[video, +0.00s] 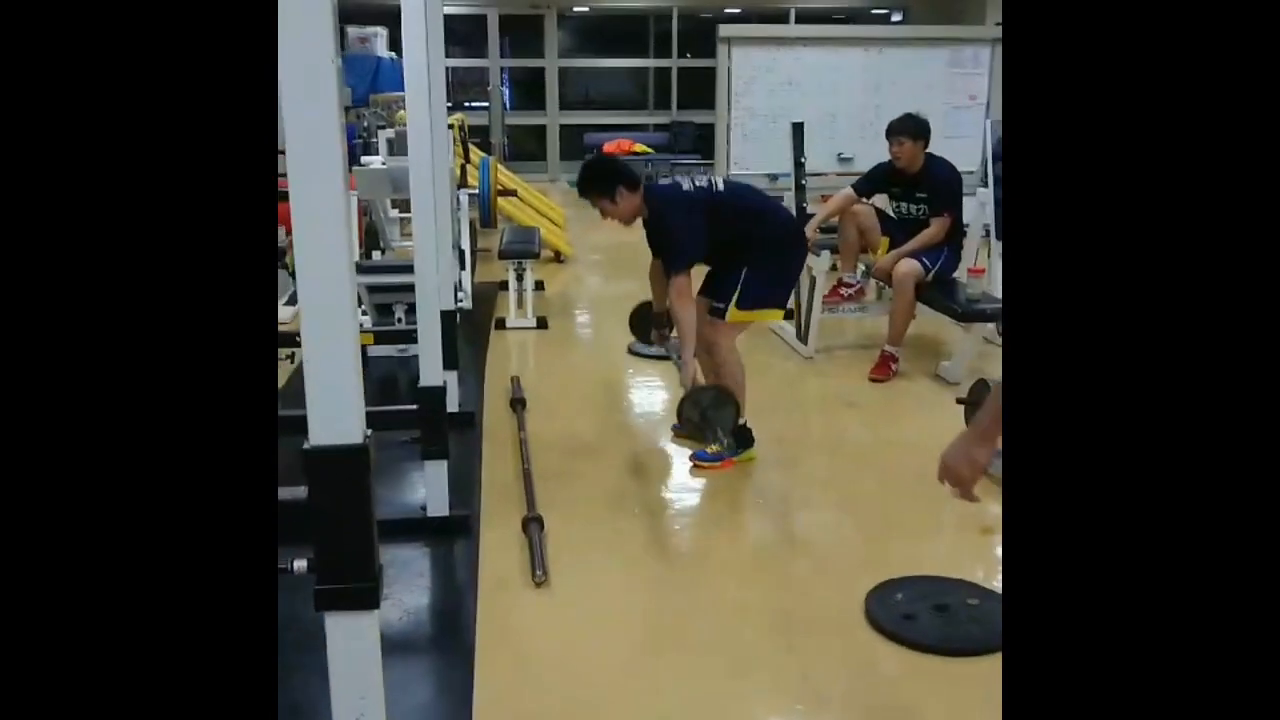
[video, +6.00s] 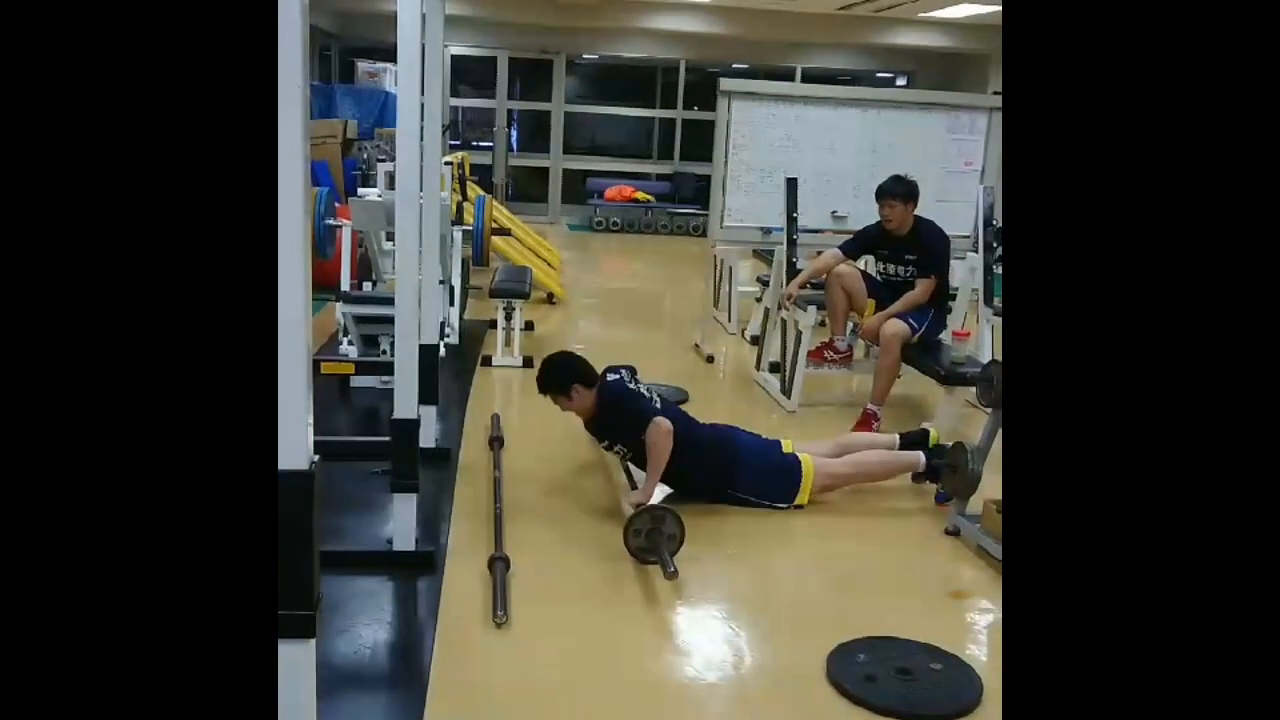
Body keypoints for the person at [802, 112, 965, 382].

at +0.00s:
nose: (894, 150)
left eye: (901, 143)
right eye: (891, 143)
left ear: (922, 144)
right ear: (888, 144)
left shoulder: (943, 174)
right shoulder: (887, 170)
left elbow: (938, 231)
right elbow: (848, 196)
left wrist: (893, 256)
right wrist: (812, 224)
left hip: (941, 246)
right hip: (902, 236)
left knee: (904, 271)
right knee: (852, 212)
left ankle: (890, 353)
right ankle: (849, 283)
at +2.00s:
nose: (907, 175)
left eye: (915, 169)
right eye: (904, 169)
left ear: (934, 170)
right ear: (901, 170)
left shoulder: (957, 199)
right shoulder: (899, 197)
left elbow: (947, 257)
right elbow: (858, 222)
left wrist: (906, 284)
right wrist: (819, 249)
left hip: (954, 273)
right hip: (914, 264)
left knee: (918, 295)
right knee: (864, 238)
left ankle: (899, 378)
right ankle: (864, 314)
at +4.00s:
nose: (893, 205)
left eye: (901, 199)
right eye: (890, 199)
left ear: (920, 201)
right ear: (886, 200)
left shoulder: (941, 231)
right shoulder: (884, 228)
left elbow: (932, 287)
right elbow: (843, 254)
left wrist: (889, 315)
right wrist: (805, 280)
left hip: (935, 304)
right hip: (895, 295)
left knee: (901, 325)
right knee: (849, 269)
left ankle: (883, 407)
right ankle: (849, 344)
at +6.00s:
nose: (884, 213)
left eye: (891, 207)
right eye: (881, 206)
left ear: (911, 208)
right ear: (877, 205)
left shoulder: (932, 238)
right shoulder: (875, 233)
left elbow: (922, 293)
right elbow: (833, 258)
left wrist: (880, 318)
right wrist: (796, 282)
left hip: (925, 308)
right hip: (888, 297)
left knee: (891, 331)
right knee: (839, 273)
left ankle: (872, 412)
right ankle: (839, 347)